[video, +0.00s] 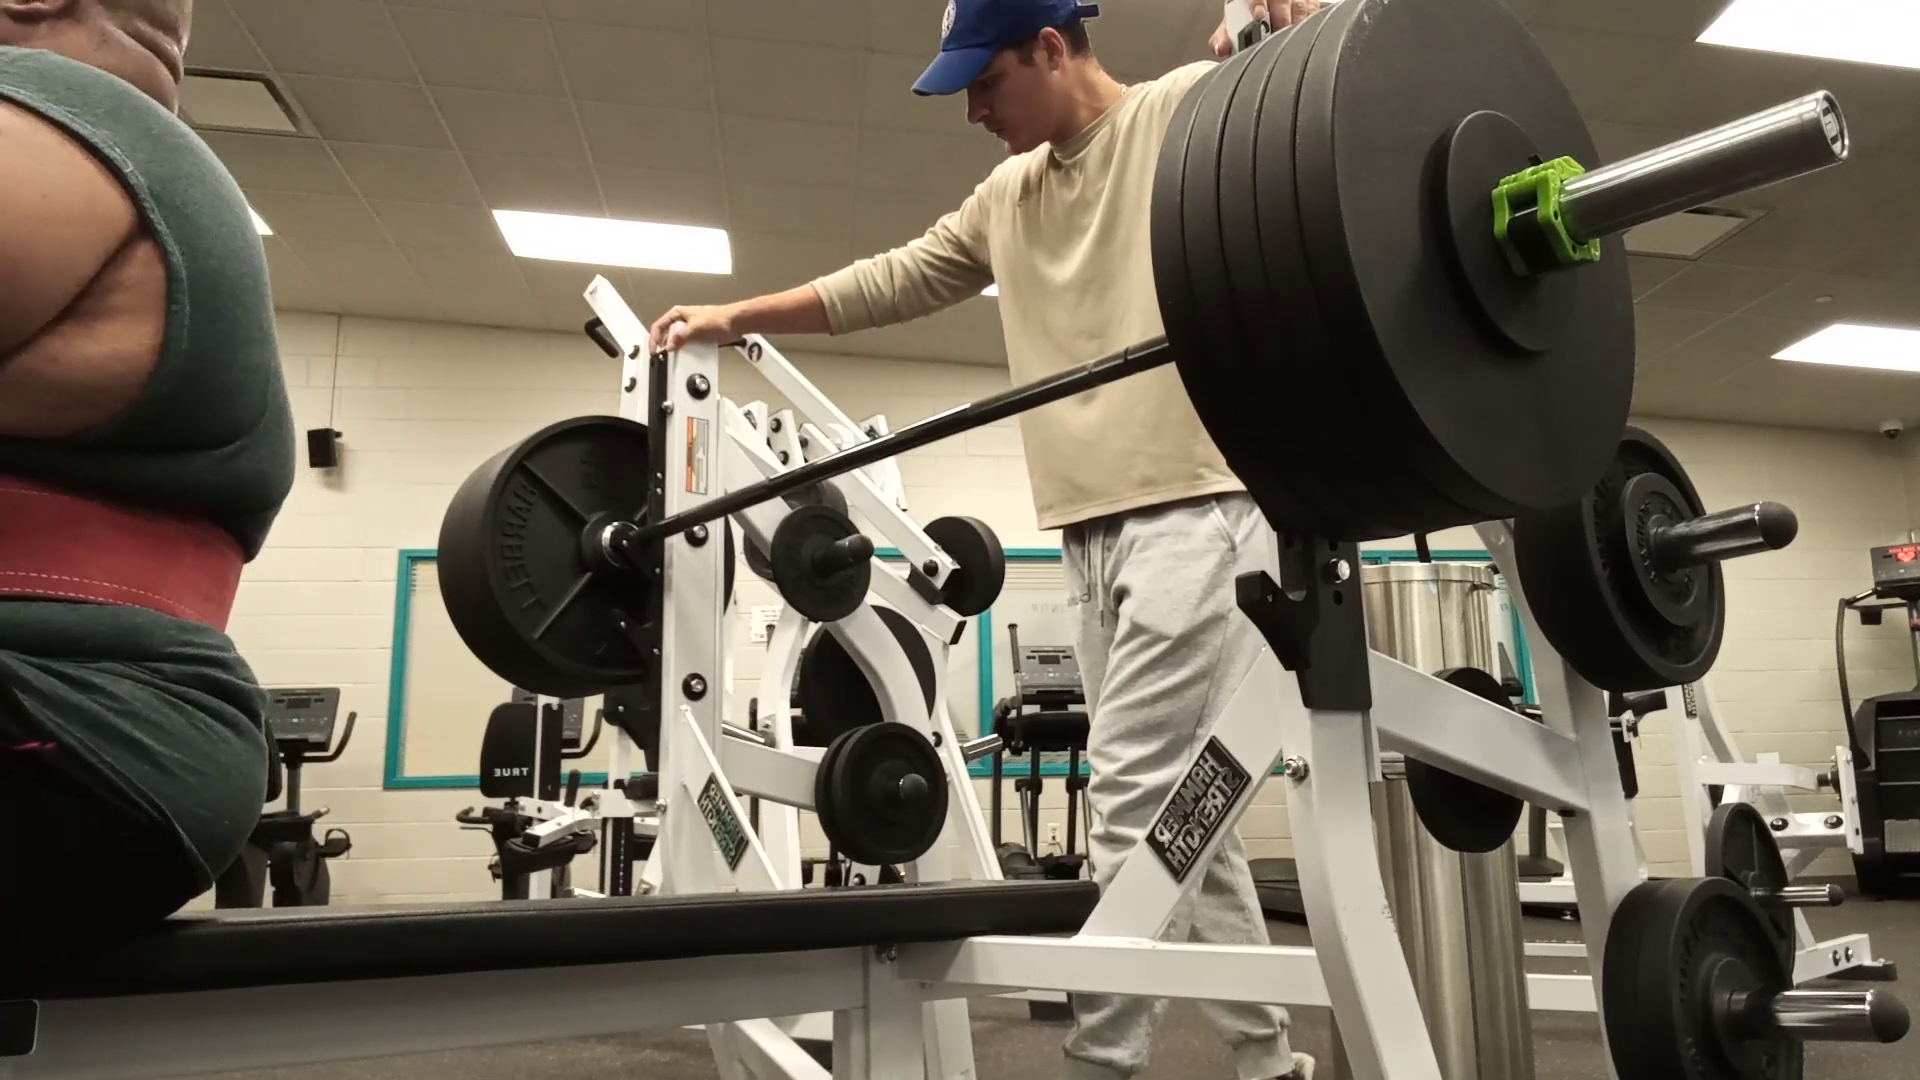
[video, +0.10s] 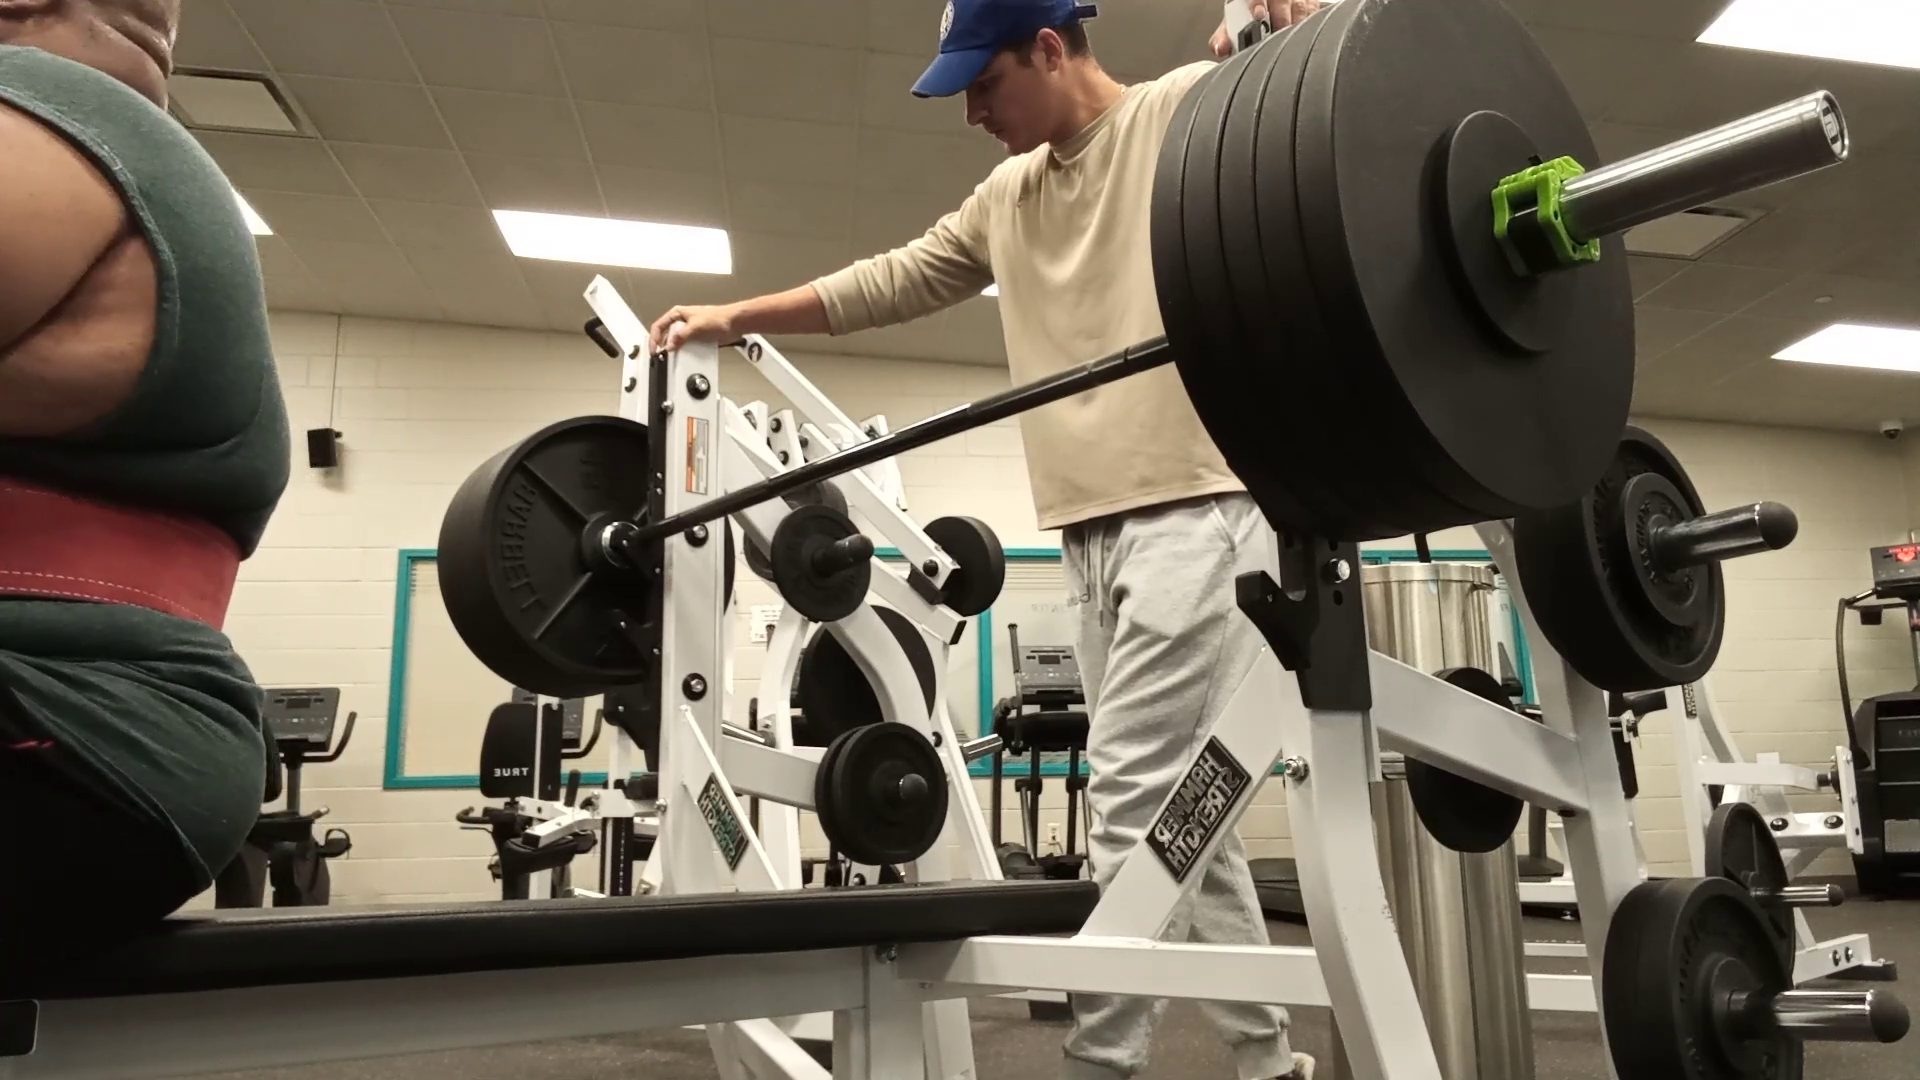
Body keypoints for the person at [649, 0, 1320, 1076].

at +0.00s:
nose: (974, 111)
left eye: (985, 83)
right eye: (967, 90)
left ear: (1054, 46)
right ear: (1024, 64)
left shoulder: (1185, 102)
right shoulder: (1005, 195)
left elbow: (1315, 110)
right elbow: (893, 280)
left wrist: (1291, 37)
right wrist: (734, 314)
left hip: (1200, 511)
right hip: (1090, 535)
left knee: (1128, 793)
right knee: (1174, 805)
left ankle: (1102, 1064)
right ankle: (1267, 1061)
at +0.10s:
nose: (973, 112)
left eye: (983, 85)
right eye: (966, 92)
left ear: (1053, 47)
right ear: (1024, 64)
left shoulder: (1185, 102)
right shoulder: (1005, 195)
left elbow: (1315, 112)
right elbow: (894, 280)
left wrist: (1291, 38)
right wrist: (735, 314)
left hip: (1200, 511)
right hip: (1091, 535)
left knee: (1129, 794)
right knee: (1174, 804)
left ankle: (1102, 1064)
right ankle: (1266, 1060)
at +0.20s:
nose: (972, 112)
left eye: (982, 85)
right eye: (965, 92)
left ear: (1052, 46)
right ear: (1023, 65)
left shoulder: (1185, 102)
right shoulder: (1005, 195)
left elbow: (1317, 109)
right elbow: (893, 281)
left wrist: (1291, 37)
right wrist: (734, 314)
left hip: (1200, 511)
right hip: (1091, 534)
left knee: (1128, 793)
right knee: (1174, 803)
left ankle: (1102, 1064)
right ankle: (1266, 1060)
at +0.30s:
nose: (972, 114)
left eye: (982, 88)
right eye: (965, 94)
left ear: (1051, 48)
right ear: (1025, 64)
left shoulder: (1185, 102)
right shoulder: (1006, 194)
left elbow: (1317, 113)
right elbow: (897, 279)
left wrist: (1293, 37)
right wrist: (735, 314)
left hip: (1200, 511)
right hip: (1090, 533)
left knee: (1128, 792)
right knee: (1173, 802)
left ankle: (1102, 1064)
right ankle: (1266, 1059)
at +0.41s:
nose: (973, 114)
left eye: (983, 87)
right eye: (966, 94)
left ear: (1052, 47)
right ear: (1024, 64)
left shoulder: (1185, 102)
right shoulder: (1005, 194)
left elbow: (1318, 108)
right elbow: (895, 280)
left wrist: (1292, 37)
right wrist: (735, 314)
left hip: (1201, 510)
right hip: (1091, 533)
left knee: (1128, 793)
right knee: (1174, 803)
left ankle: (1101, 1064)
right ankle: (1265, 1059)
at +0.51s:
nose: (972, 114)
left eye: (982, 88)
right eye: (965, 94)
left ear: (1051, 48)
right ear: (1026, 65)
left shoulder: (1185, 102)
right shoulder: (1005, 194)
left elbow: (1317, 113)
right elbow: (896, 279)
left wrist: (1291, 38)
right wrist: (735, 314)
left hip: (1201, 511)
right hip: (1091, 534)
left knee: (1128, 793)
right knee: (1174, 803)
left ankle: (1102, 1064)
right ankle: (1266, 1060)